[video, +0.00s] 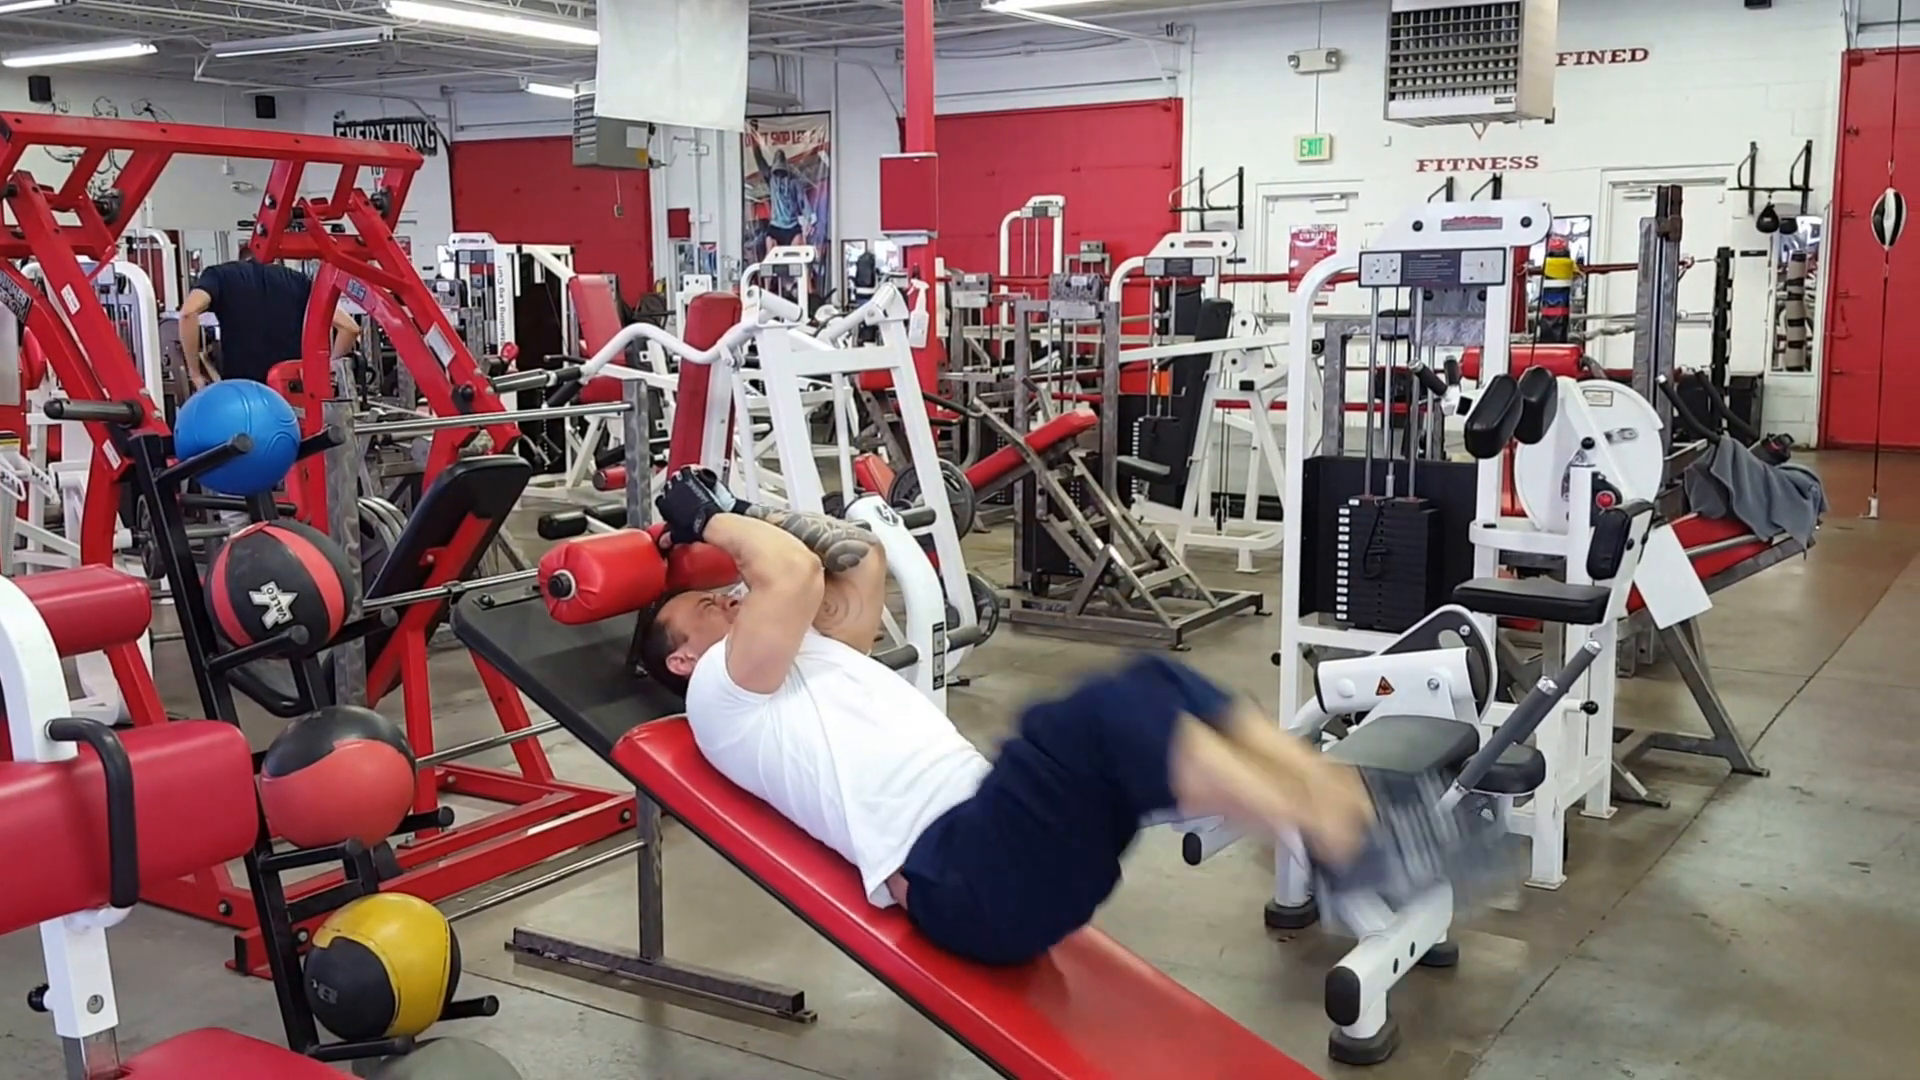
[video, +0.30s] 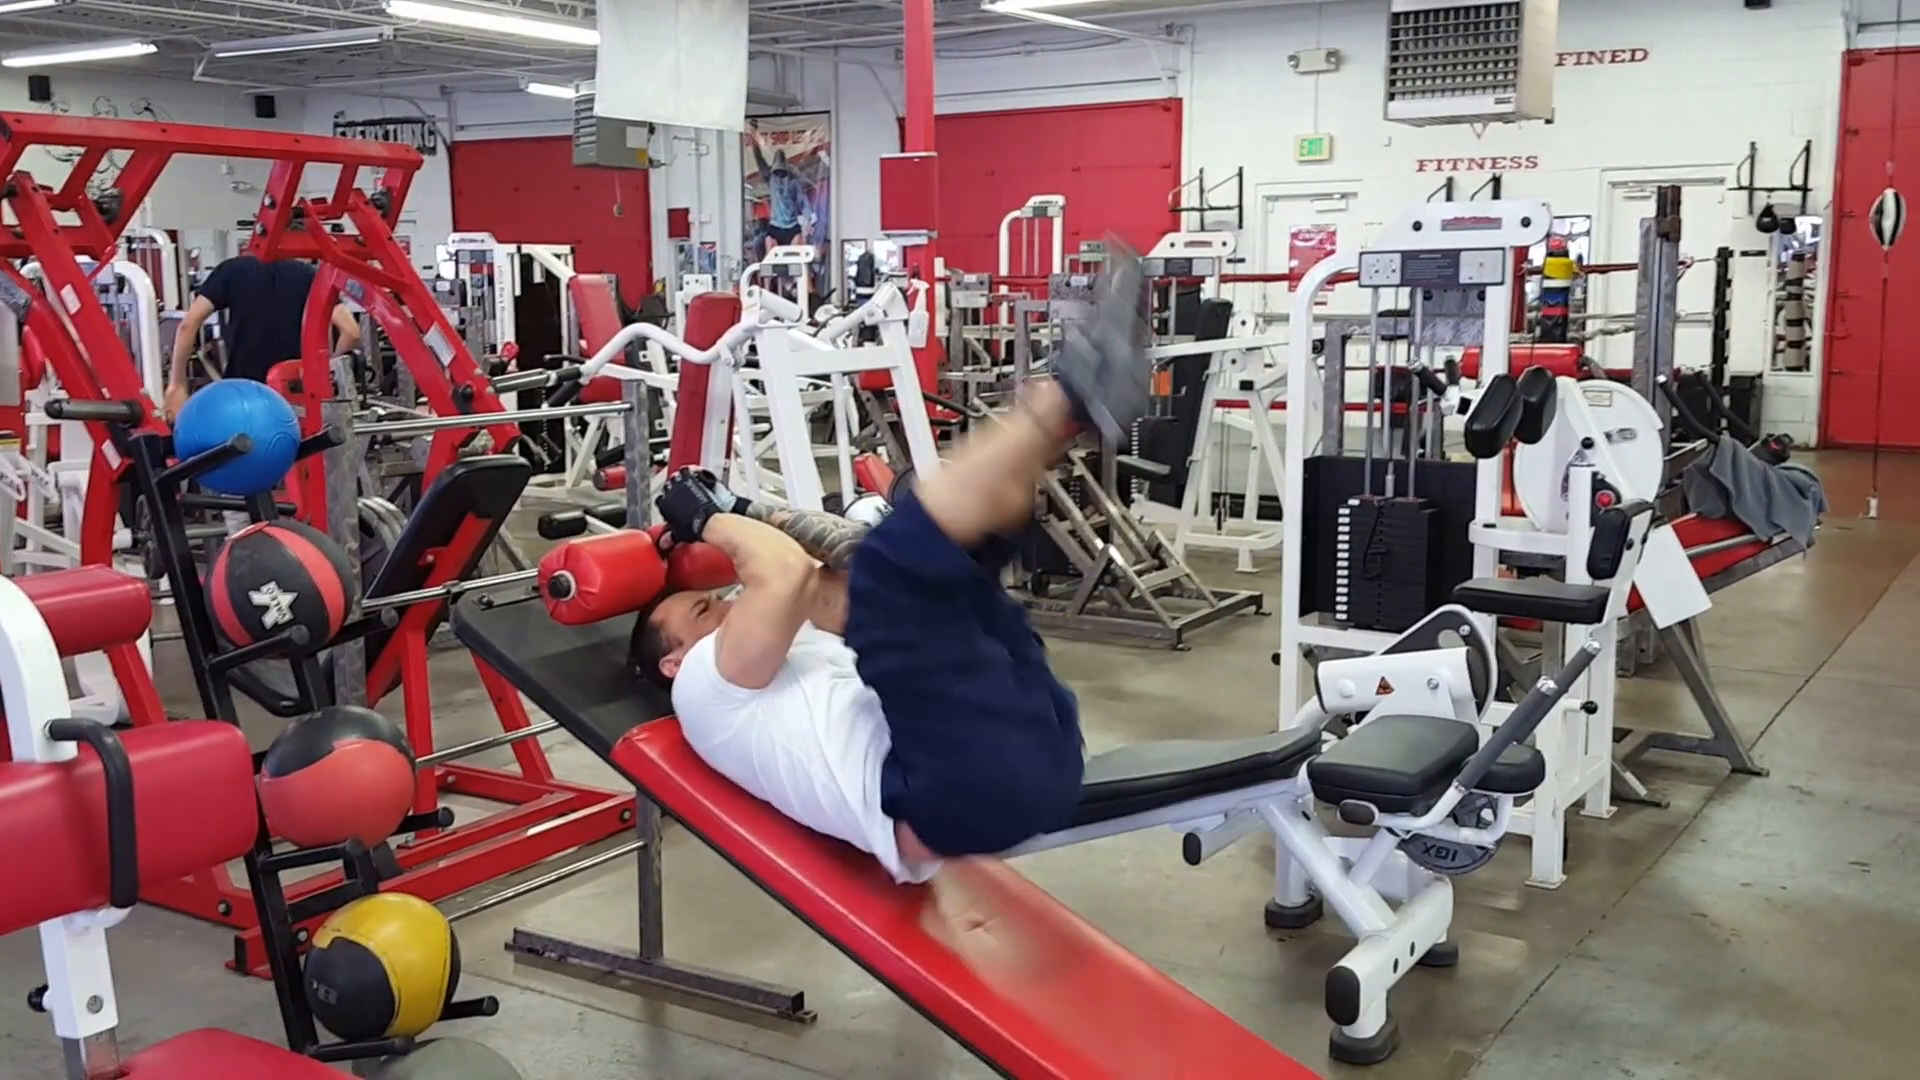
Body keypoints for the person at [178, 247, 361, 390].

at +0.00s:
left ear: (240, 257)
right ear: (275, 256)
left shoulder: (220, 274)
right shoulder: (300, 280)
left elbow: (188, 313)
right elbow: (350, 328)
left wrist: (195, 373)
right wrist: (328, 365)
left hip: (242, 399)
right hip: (299, 398)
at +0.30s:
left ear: (257, 235)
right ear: (292, 236)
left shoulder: (233, 270)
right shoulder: (309, 275)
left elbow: (189, 324)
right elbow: (351, 331)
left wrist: (177, 384)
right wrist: (327, 367)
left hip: (243, 395)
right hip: (301, 396)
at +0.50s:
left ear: (263, 227)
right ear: (304, 228)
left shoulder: (242, 267)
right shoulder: (318, 270)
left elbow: (216, 334)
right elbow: (351, 334)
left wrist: (206, 376)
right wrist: (330, 367)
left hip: (247, 390)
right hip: (303, 388)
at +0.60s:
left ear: (265, 225)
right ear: (304, 228)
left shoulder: (244, 267)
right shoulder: (318, 270)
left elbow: (222, 333)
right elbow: (350, 336)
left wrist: (229, 374)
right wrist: (328, 368)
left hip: (247, 387)